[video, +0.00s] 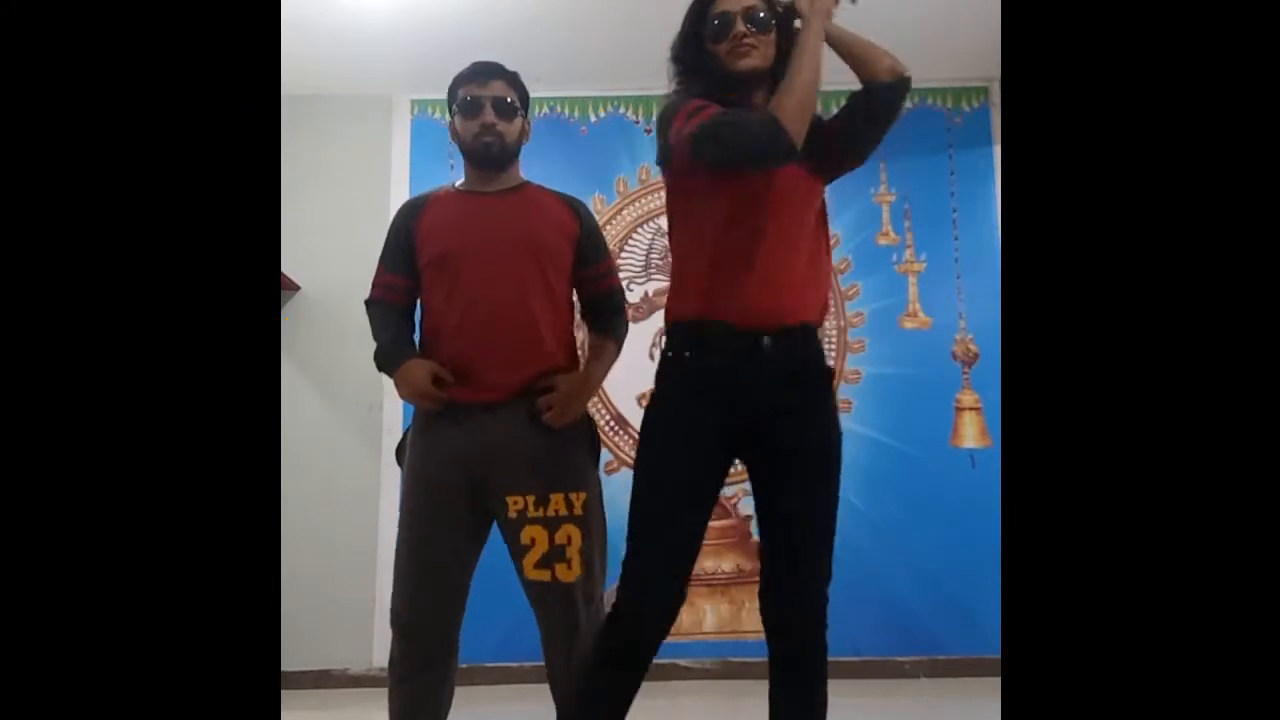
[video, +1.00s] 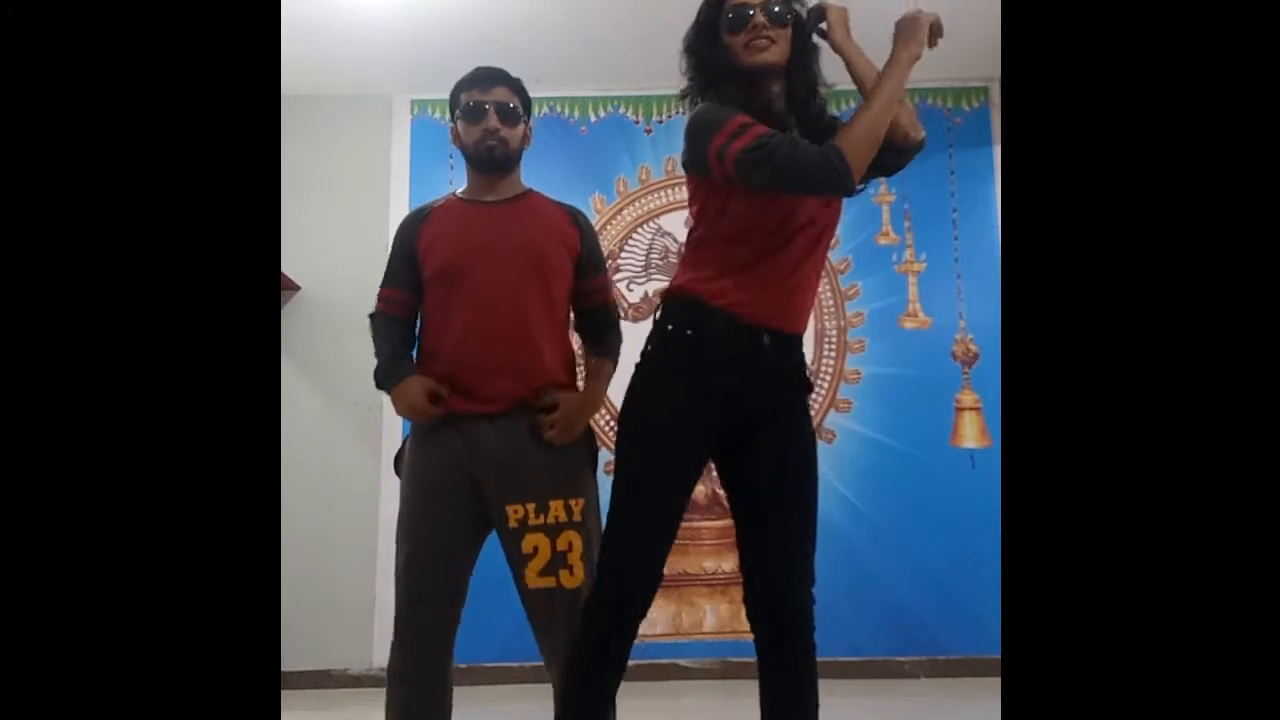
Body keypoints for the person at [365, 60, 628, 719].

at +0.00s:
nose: (489, 117)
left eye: (504, 106)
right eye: (472, 107)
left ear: (525, 125)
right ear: (452, 125)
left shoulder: (569, 215)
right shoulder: (418, 216)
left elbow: (609, 309)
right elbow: (387, 303)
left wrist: (591, 377)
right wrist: (401, 360)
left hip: (548, 432)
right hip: (445, 434)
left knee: (575, 618)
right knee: (420, 619)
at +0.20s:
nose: (492, 116)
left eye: (507, 106)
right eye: (475, 106)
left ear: (527, 124)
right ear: (455, 124)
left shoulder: (570, 213)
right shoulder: (421, 214)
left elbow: (609, 307)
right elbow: (390, 300)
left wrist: (591, 368)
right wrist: (401, 353)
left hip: (549, 428)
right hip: (446, 430)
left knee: (576, 614)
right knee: (421, 617)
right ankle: (413, 719)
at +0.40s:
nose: (492, 112)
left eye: (508, 102)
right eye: (475, 102)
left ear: (529, 121)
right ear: (456, 122)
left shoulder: (571, 211)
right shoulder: (423, 212)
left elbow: (608, 306)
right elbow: (392, 299)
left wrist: (592, 372)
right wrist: (402, 355)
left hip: (550, 426)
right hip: (447, 428)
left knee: (576, 612)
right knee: (416, 610)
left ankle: (592, 719)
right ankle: (412, 718)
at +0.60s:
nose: (492, 113)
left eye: (509, 104)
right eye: (476, 103)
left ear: (529, 124)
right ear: (456, 123)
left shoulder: (570, 212)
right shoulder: (422, 215)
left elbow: (606, 308)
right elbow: (392, 304)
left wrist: (588, 371)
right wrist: (401, 359)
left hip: (547, 428)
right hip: (446, 431)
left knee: (577, 615)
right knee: (422, 619)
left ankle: (591, 719)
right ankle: (413, 718)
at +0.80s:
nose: (492, 113)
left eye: (508, 103)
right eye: (476, 103)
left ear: (529, 124)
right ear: (456, 124)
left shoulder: (570, 214)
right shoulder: (421, 217)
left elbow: (605, 309)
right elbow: (394, 309)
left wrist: (587, 371)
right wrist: (400, 363)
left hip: (547, 432)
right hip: (444, 436)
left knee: (579, 618)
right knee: (417, 621)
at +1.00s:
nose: (492, 121)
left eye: (508, 112)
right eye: (474, 112)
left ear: (527, 132)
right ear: (454, 132)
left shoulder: (569, 224)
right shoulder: (421, 226)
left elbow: (602, 324)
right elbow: (391, 319)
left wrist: (589, 397)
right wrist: (397, 378)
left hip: (546, 442)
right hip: (443, 443)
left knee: (573, 624)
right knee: (420, 624)